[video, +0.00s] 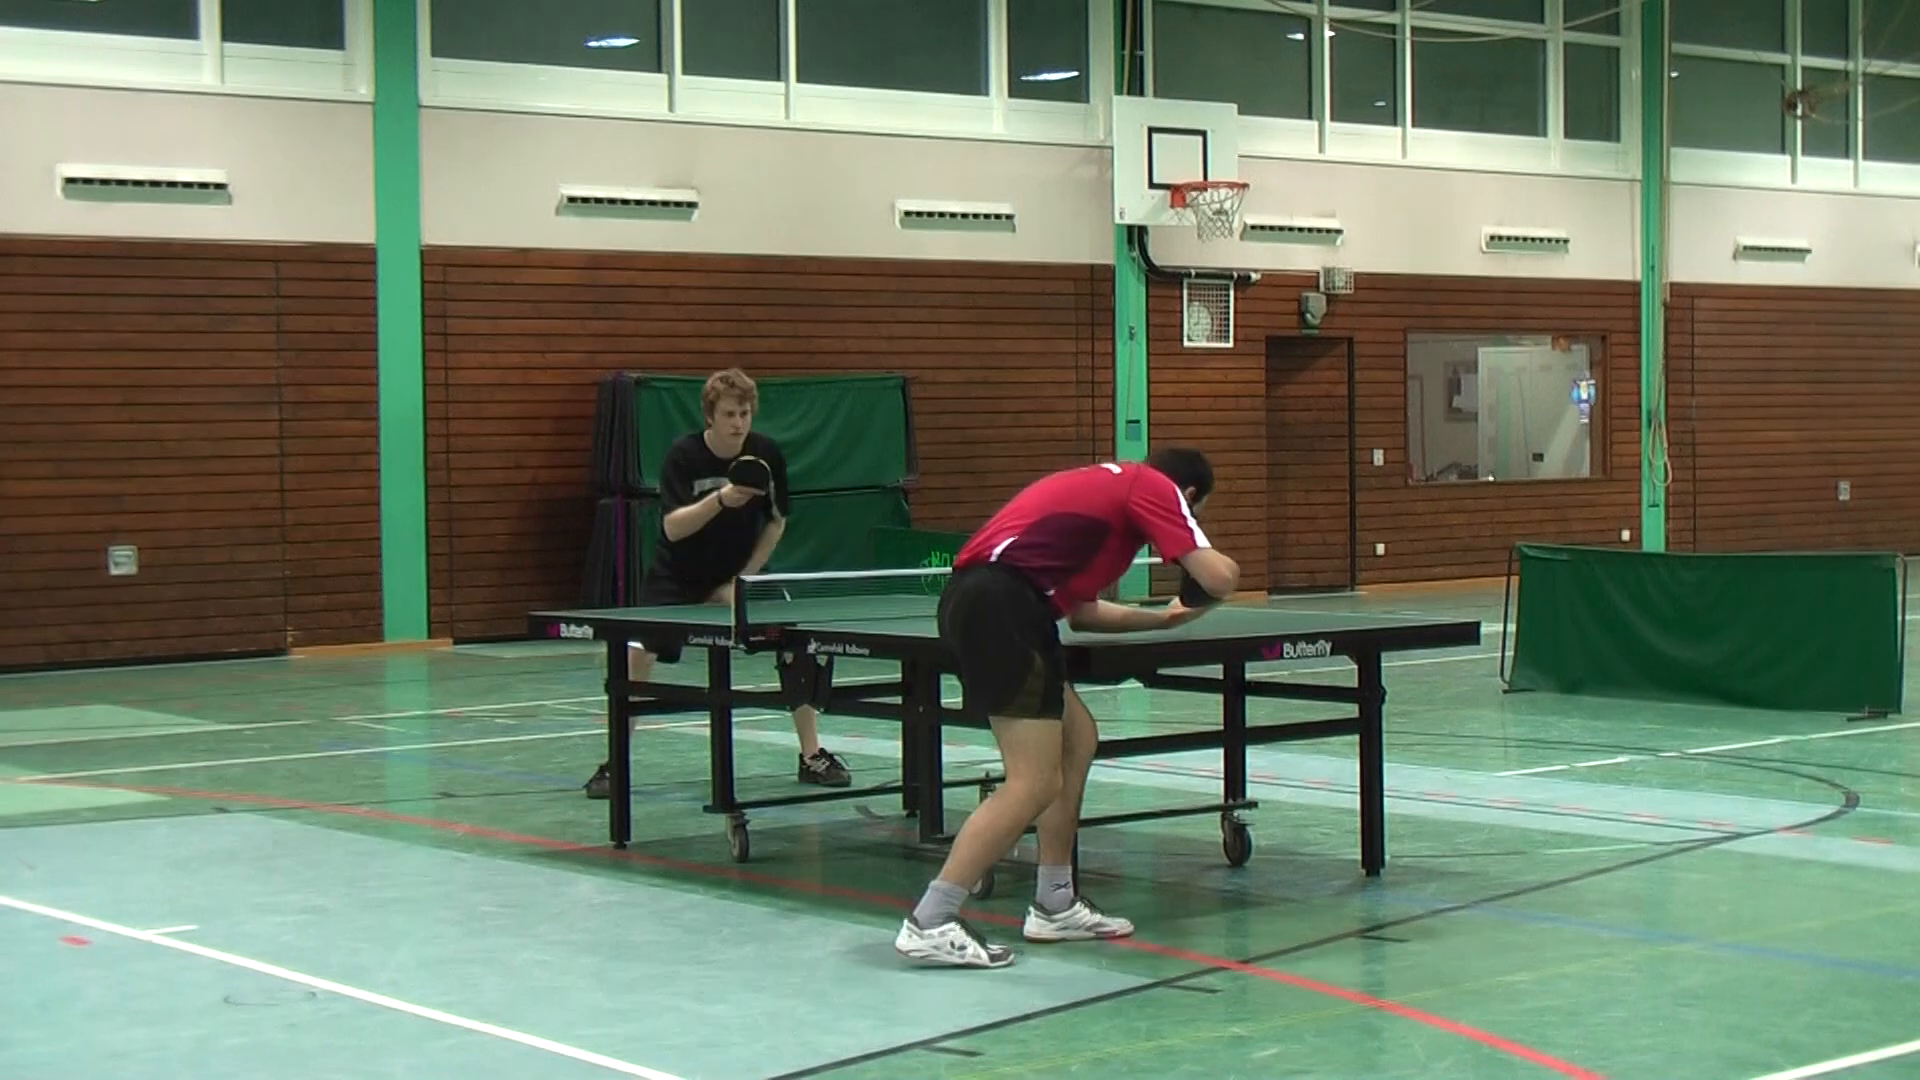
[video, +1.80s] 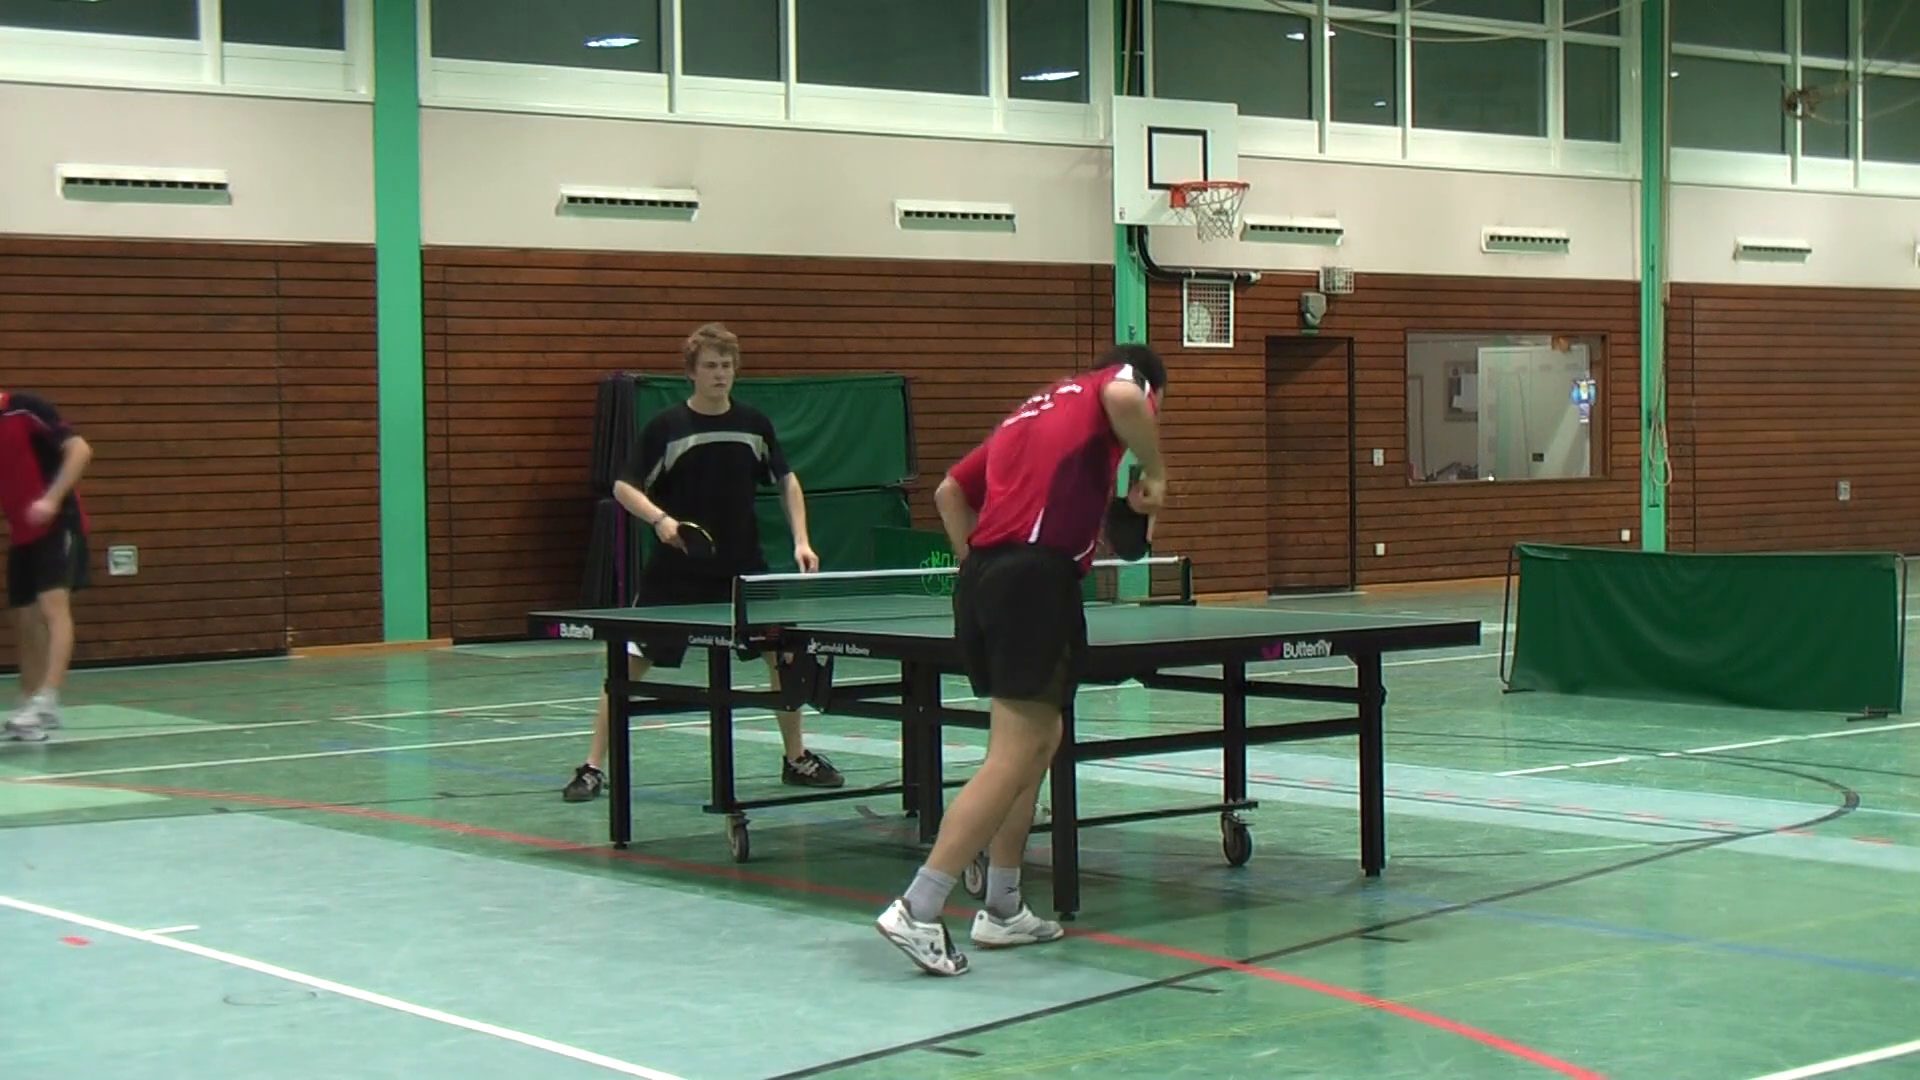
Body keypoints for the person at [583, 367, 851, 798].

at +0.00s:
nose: (739, 423)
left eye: (745, 414)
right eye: (729, 414)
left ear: (753, 414)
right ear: (709, 415)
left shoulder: (767, 454)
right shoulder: (683, 455)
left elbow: (776, 522)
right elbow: (672, 527)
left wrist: (743, 578)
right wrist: (719, 500)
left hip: (734, 576)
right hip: (675, 576)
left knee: (792, 639)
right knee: (636, 652)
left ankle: (812, 754)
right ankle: (616, 764)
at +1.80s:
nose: (720, 373)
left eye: (726, 365)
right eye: (710, 366)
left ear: (736, 370)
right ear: (691, 371)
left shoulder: (755, 424)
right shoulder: (667, 426)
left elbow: (787, 482)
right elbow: (624, 486)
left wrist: (801, 540)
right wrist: (658, 517)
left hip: (744, 567)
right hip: (678, 569)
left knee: (783, 649)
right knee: (630, 663)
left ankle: (797, 756)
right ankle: (594, 765)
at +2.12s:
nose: (739, 391)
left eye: (745, 383)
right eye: (730, 383)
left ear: (754, 387)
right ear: (710, 387)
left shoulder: (767, 440)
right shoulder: (679, 439)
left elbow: (802, 495)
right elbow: (627, 491)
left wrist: (802, 522)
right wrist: (665, 522)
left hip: (748, 571)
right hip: (683, 574)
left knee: (803, 645)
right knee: (648, 656)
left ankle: (813, 748)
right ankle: (610, 763)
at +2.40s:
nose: (763, 449)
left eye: (768, 440)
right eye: (753, 440)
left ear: (775, 442)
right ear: (733, 441)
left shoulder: (785, 485)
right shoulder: (707, 490)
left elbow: (825, 525)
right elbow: (672, 551)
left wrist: (836, 539)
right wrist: (730, 579)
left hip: (766, 606)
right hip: (703, 609)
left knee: (838, 655)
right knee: (681, 679)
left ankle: (831, 757)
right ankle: (616, 770)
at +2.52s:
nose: (762, 463)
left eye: (768, 454)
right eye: (753, 454)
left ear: (775, 455)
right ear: (732, 455)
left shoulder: (782, 495)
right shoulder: (707, 500)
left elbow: (826, 527)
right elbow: (686, 558)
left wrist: (850, 545)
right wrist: (743, 567)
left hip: (758, 609)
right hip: (697, 611)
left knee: (838, 655)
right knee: (683, 679)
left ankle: (831, 757)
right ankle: (617, 772)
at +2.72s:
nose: (751, 430)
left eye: (756, 421)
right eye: (742, 422)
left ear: (762, 424)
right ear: (720, 424)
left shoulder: (767, 471)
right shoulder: (701, 462)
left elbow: (811, 496)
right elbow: (679, 464)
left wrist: (856, 525)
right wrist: (682, 459)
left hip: (747, 601)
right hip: (689, 602)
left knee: (823, 652)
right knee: (686, 674)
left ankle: (831, 757)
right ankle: (619, 769)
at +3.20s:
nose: (671, 378)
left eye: (676, 370)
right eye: (660, 370)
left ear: (683, 375)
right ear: (637, 376)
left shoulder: (694, 427)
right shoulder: (612, 428)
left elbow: (732, 476)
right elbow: (571, 487)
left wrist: (739, 509)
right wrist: (606, 501)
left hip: (674, 563)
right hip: (610, 566)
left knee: (723, 644)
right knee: (567, 643)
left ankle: (743, 748)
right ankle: (531, 756)